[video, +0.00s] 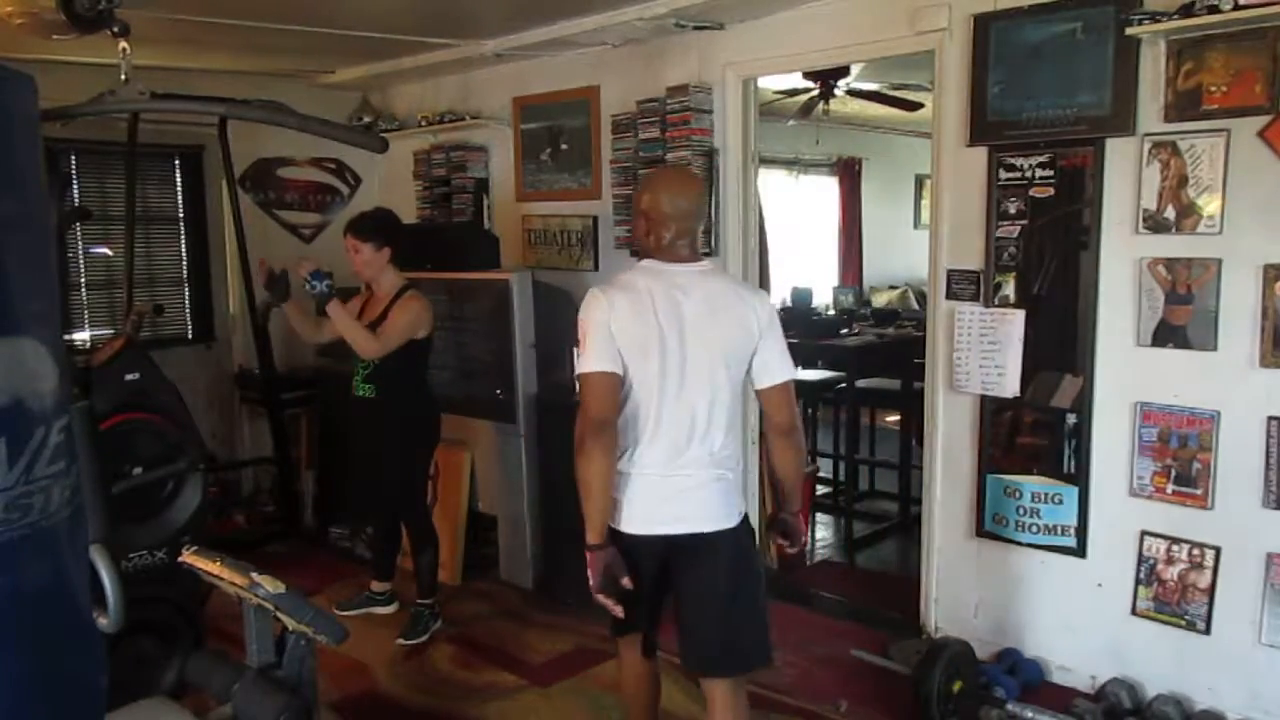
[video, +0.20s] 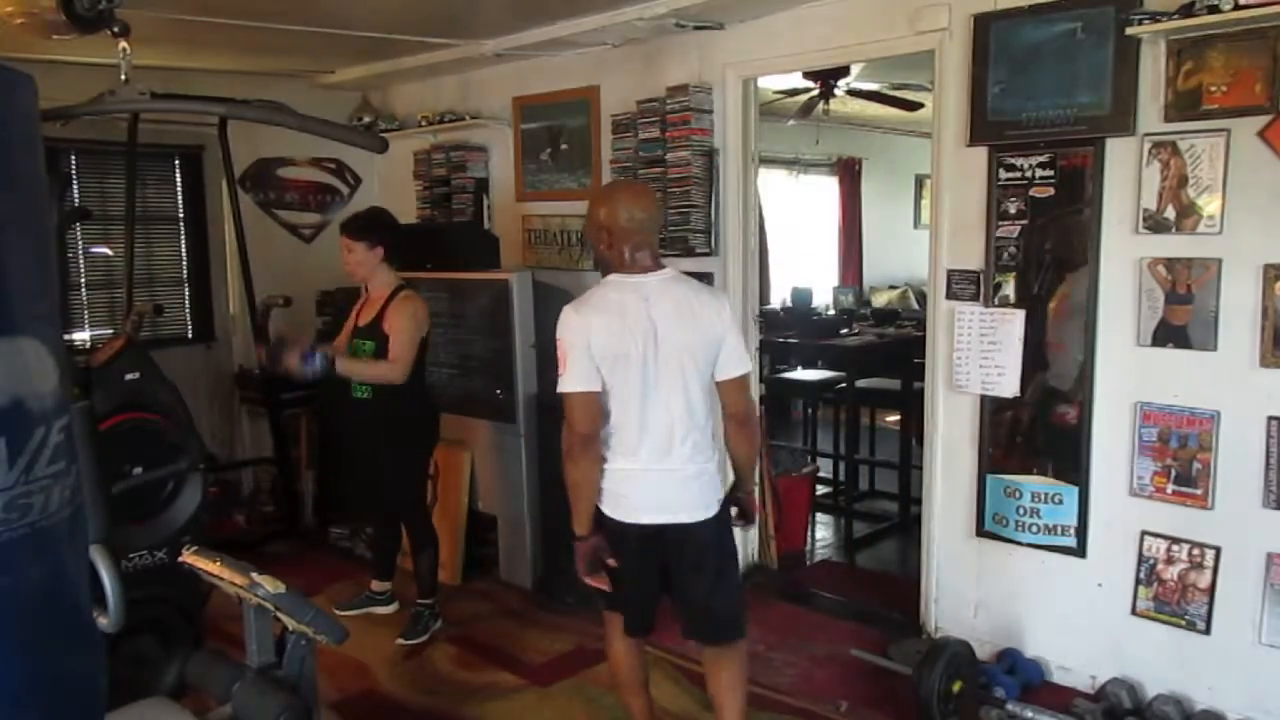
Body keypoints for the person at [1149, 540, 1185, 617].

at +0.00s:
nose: (1173, 554)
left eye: (1176, 552)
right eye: (1171, 551)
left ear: (1179, 553)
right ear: (1167, 552)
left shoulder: (1182, 568)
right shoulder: (1160, 566)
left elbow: (1181, 586)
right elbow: (1154, 581)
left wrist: (1174, 603)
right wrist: (1152, 596)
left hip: (1173, 602)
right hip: (1159, 600)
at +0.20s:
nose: (1173, 554)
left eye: (1176, 552)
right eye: (1171, 551)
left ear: (1180, 553)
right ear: (1167, 552)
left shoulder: (1182, 568)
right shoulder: (1160, 565)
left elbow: (1180, 585)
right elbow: (1155, 581)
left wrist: (1174, 602)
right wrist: (1152, 595)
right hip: (1160, 598)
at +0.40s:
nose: (1173, 554)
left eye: (1176, 552)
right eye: (1171, 551)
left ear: (1180, 553)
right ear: (1167, 552)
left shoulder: (1183, 568)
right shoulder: (1160, 565)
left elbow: (1182, 585)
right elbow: (1150, 582)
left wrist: (1174, 602)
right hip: (1160, 599)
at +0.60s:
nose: (1173, 554)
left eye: (1176, 552)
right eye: (1171, 551)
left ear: (1180, 553)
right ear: (1167, 552)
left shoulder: (1183, 568)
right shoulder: (1160, 565)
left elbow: (1182, 585)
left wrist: (1174, 602)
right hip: (1160, 599)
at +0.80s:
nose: (1173, 554)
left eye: (1176, 552)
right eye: (1171, 551)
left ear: (1180, 553)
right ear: (1167, 552)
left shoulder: (1183, 568)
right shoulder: (1160, 565)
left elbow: (1182, 585)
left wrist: (1174, 602)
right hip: (1160, 599)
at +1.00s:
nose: (1173, 554)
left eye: (1176, 552)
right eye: (1170, 551)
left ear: (1179, 553)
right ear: (1167, 552)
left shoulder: (1182, 567)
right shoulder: (1160, 565)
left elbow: (1181, 585)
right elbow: (1155, 581)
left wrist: (1174, 603)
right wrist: (1151, 596)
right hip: (1158, 600)